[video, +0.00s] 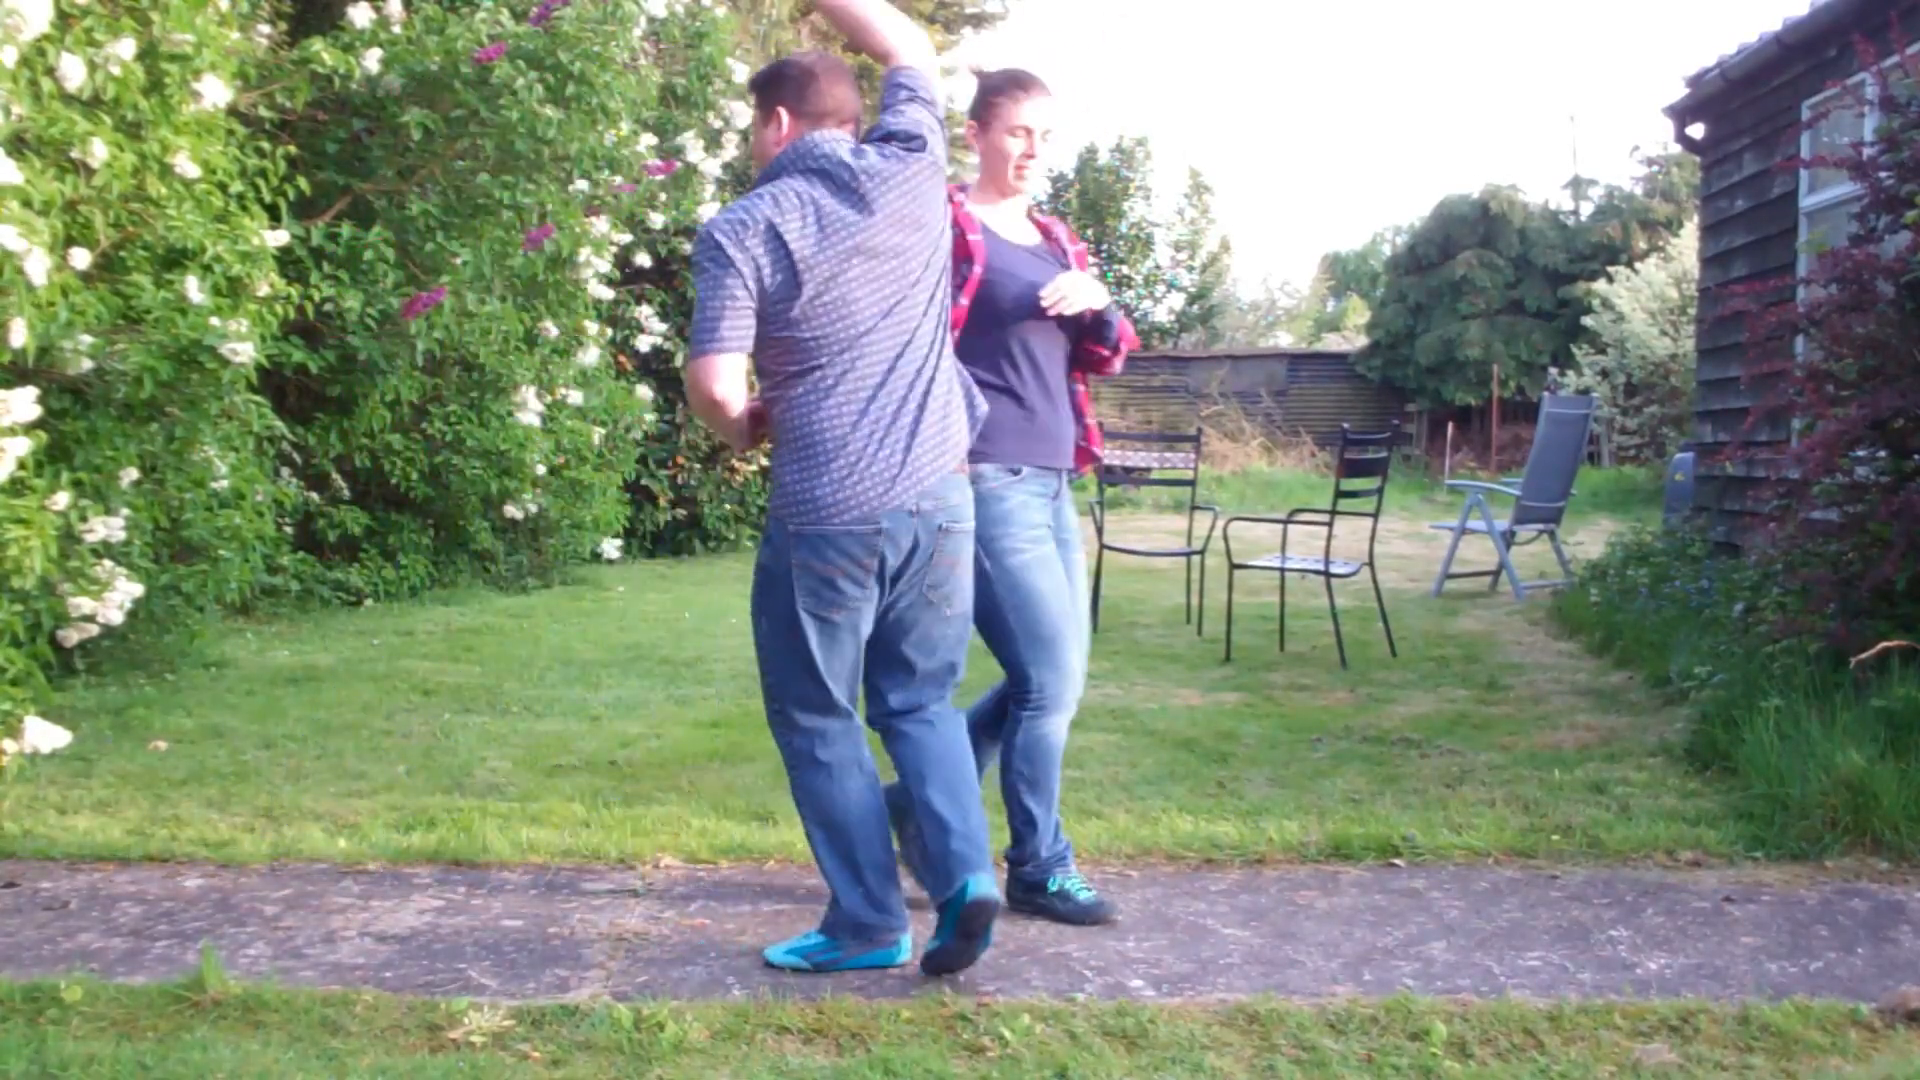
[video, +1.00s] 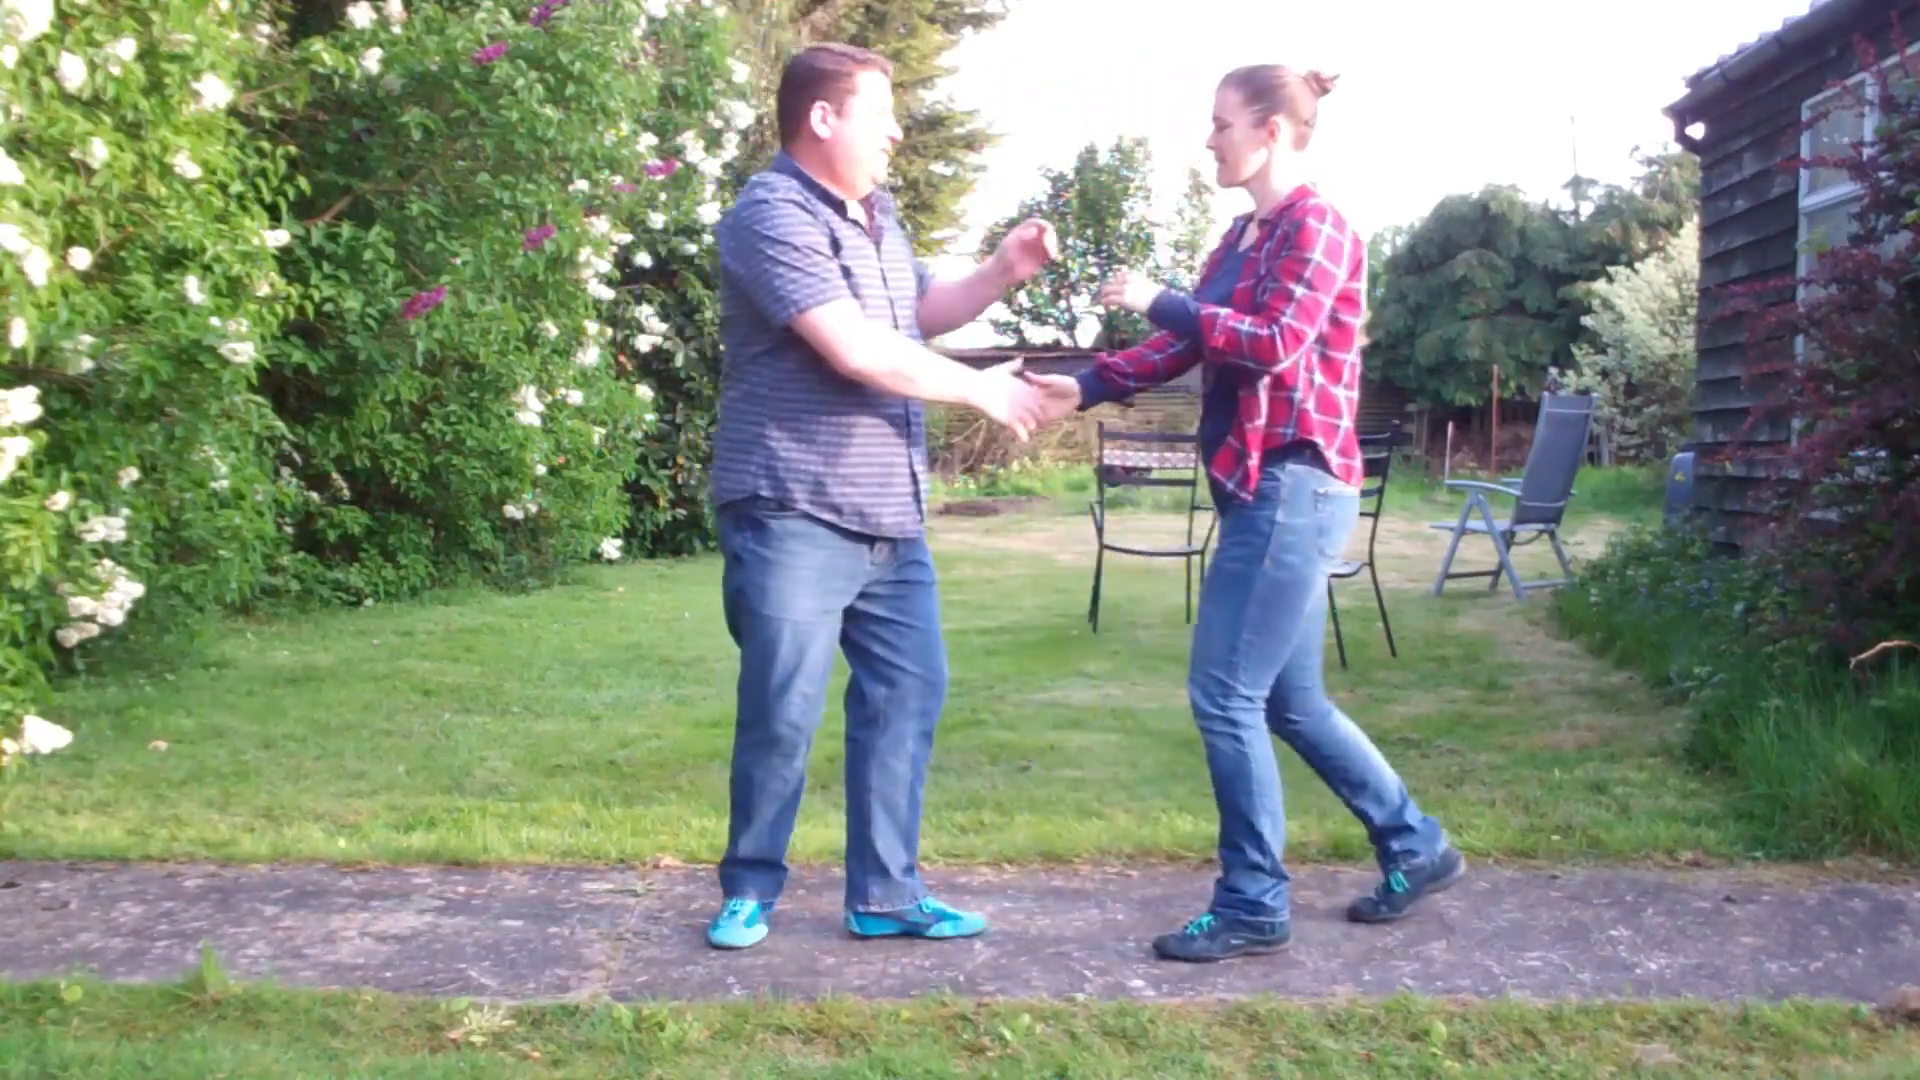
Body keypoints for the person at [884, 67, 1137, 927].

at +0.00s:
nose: (1030, 149)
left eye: (1041, 136)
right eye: (1016, 132)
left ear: (1047, 144)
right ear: (974, 134)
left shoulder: (1054, 236)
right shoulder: (946, 220)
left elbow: (1108, 356)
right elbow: (918, 323)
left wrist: (1095, 309)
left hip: (1057, 477)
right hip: (990, 473)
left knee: (1053, 678)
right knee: (1050, 674)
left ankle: (920, 797)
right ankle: (1037, 861)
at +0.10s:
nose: (1035, 137)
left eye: (1050, 123)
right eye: (1021, 122)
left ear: (1079, 133)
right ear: (1000, 130)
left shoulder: (1105, 236)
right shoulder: (964, 217)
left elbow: (1152, 359)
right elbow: (903, 317)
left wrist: (1132, 309)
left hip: (1093, 481)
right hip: (1004, 479)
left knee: (1126, 672)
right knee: (1051, 681)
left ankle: (1017, 794)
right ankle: (1038, 867)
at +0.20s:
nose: (1030, 132)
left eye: (1047, 120)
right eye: (1026, 118)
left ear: (1099, 127)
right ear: (1024, 124)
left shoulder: (1146, 231)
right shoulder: (993, 215)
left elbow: (1189, 359)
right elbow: (903, 310)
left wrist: (1159, 313)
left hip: (1129, 483)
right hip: (1022, 481)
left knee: (1157, 685)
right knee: (1055, 686)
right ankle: (1039, 868)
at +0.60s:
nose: (1117, 142)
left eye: (1132, 126)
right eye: (1115, 126)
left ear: (1189, 131)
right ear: (1152, 134)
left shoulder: (1247, 226)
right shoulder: (1119, 240)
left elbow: (1278, 333)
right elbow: (1054, 339)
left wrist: (1173, 286)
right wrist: (946, 380)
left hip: (1215, 498)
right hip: (1121, 496)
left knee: (1193, 700)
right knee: (1107, 702)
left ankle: (1255, 903)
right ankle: (1108, 855)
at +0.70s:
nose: (1143, 149)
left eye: (1157, 134)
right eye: (1143, 134)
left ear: (1212, 136)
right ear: (1176, 138)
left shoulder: (1265, 234)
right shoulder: (1154, 248)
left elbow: (1275, 341)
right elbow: (1084, 351)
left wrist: (1164, 291)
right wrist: (981, 394)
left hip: (1240, 499)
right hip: (1155, 501)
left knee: (1188, 704)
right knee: (1125, 699)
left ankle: (1256, 906)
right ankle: (1204, 846)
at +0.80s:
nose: (1166, 150)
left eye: (1181, 135)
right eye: (1167, 135)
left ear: (1235, 142)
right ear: (1209, 145)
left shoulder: (1285, 237)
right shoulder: (1185, 252)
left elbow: (1274, 354)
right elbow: (1116, 354)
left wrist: (1159, 304)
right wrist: (1017, 397)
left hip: (1259, 494)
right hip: (1193, 496)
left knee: (1193, 701)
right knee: (1157, 700)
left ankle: (1253, 905)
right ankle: (1306, 815)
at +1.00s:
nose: (1208, 141)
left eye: (1222, 127)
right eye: (1211, 127)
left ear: (1274, 132)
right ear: (1262, 133)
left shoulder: (1318, 226)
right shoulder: (1240, 242)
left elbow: (1273, 345)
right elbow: (1172, 348)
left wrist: (1163, 303)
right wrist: (1079, 387)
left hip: (1296, 487)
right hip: (1268, 487)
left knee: (1226, 695)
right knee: (1292, 699)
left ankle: (1252, 905)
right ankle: (1417, 849)